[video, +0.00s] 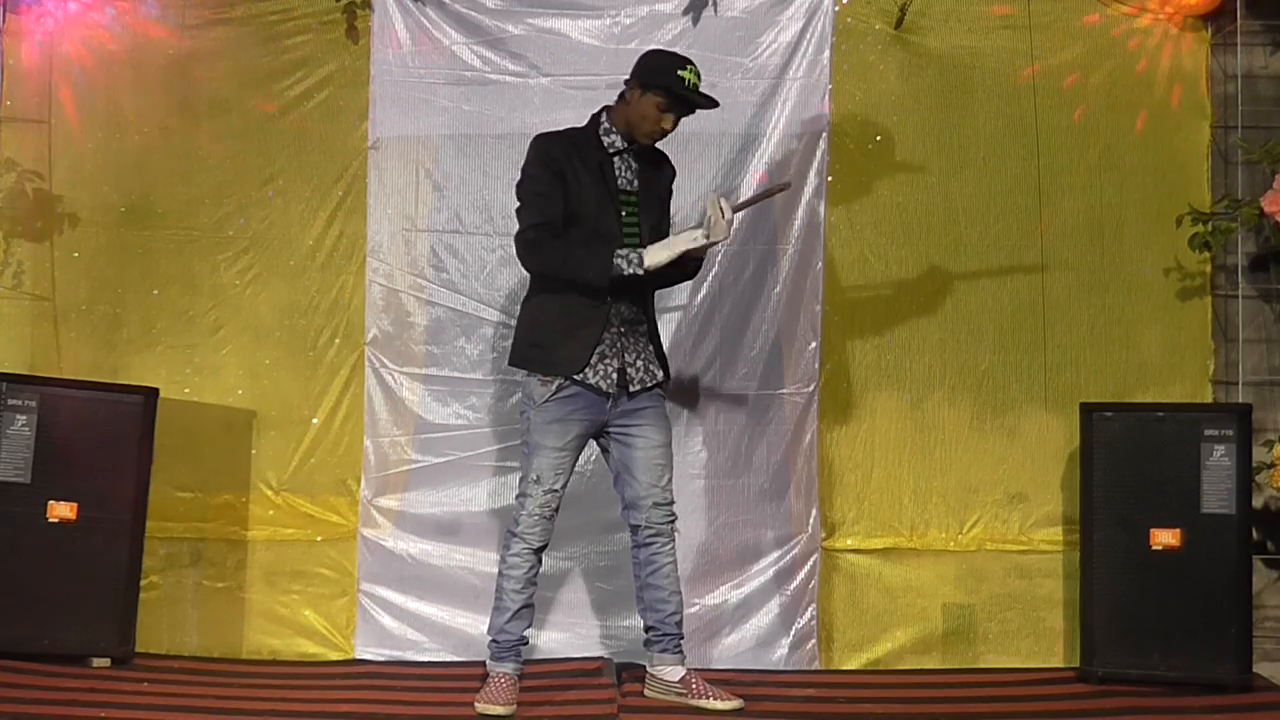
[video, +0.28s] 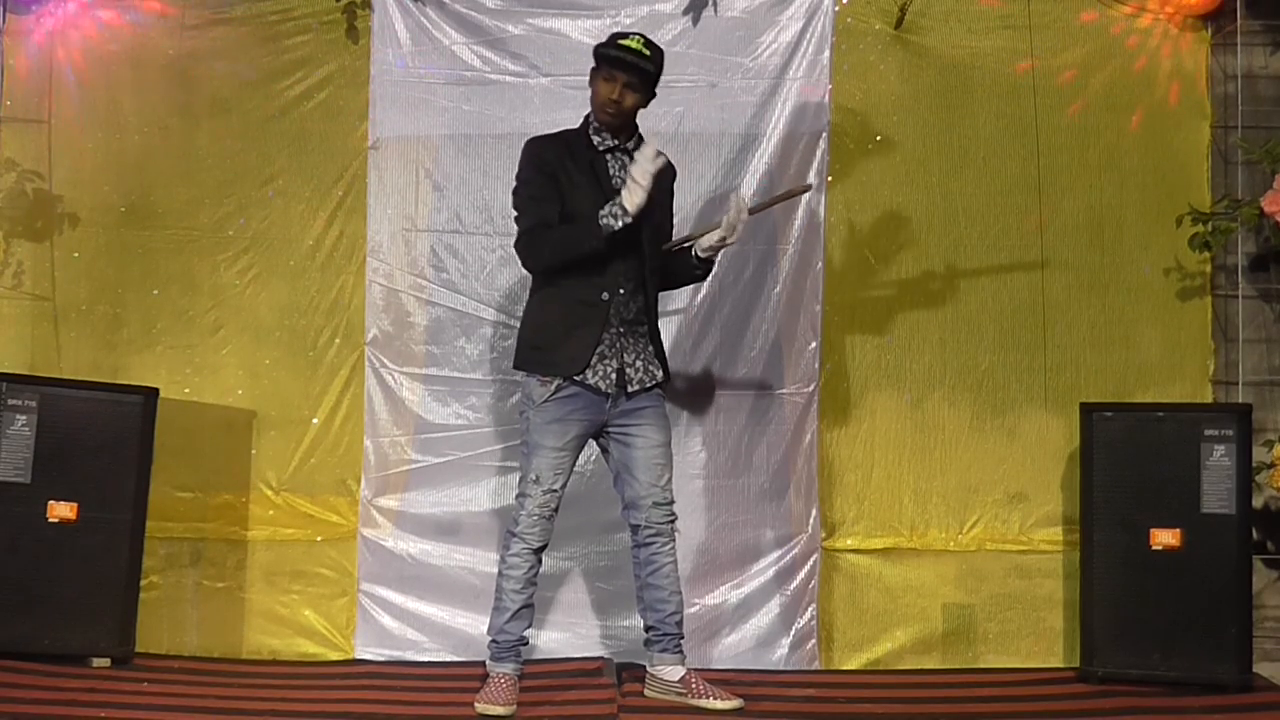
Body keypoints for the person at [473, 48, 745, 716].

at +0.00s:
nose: (671, 125)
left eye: (680, 115)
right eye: (665, 109)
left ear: (675, 114)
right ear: (631, 93)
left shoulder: (657, 171)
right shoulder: (555, 151)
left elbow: (645, 273)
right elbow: (537, 250)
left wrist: (699, 247)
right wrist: (631, 261)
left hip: (638, 374)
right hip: (564, 372)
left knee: (654, 518)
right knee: (533, 521)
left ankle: (666, 670)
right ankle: (502, 669)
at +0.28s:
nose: (618, 92)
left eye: (633, 85)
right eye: (610, 77)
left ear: (648, 97)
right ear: (591, 79)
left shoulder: (654, 170)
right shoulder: (546, 153)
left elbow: (653, 272)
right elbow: (535, 252)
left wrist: (705, 249)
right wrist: (621, 211)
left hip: (639, 374)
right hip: (563, 371)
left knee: (654, 518)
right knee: (532, 520)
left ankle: (666, 669)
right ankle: (503, 668)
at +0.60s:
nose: (624, 89)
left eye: (641, 81)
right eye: (617, 76)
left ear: (662, 95)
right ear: (604, 81)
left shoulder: (665, 171)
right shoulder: (559, 152)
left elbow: (653, 275)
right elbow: (537, 248)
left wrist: (698, 250)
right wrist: (625, 256)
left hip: (641, 372)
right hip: (565, 368)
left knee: (661, 517)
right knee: (533, 518)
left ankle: (667, 670)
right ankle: (503, 668)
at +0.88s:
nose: (622, 89)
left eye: (637, 79)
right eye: (614, 76)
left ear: (658, 91)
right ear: (601, 81)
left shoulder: (665, 170)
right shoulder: (557, 151)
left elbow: (650, 275)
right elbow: (532, 243)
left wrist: (692, 252)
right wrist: (632, 243)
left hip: (640, 372)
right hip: (565, 368)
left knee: (662, 520)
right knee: (534, 519)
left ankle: (666, 671)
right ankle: (503, 667)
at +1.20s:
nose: (621, 91)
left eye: (635, 81)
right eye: (611, 77)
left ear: (650, 91)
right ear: (591, 82)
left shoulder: (662, 171)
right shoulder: (553, 151)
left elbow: (650, 277)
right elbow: (529, 239)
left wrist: (685, 246)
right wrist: (633, 234)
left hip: (640, 373)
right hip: (564, 369)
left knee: (663, 520)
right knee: (532, 520)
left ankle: (667, 670)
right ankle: (503, 668)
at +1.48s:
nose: (642, 108)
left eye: (651, 97)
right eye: (631, 95)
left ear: (657, 99)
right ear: (600, 92)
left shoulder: (659, 170)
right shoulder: (552, 148)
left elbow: (652, 278)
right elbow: (508, 212)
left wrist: (672, 255)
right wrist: (605, 219)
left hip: (641, 376)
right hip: (565, 372)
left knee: (670, 515)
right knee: (534, 520)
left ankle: (667, 670)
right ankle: (503, 668)